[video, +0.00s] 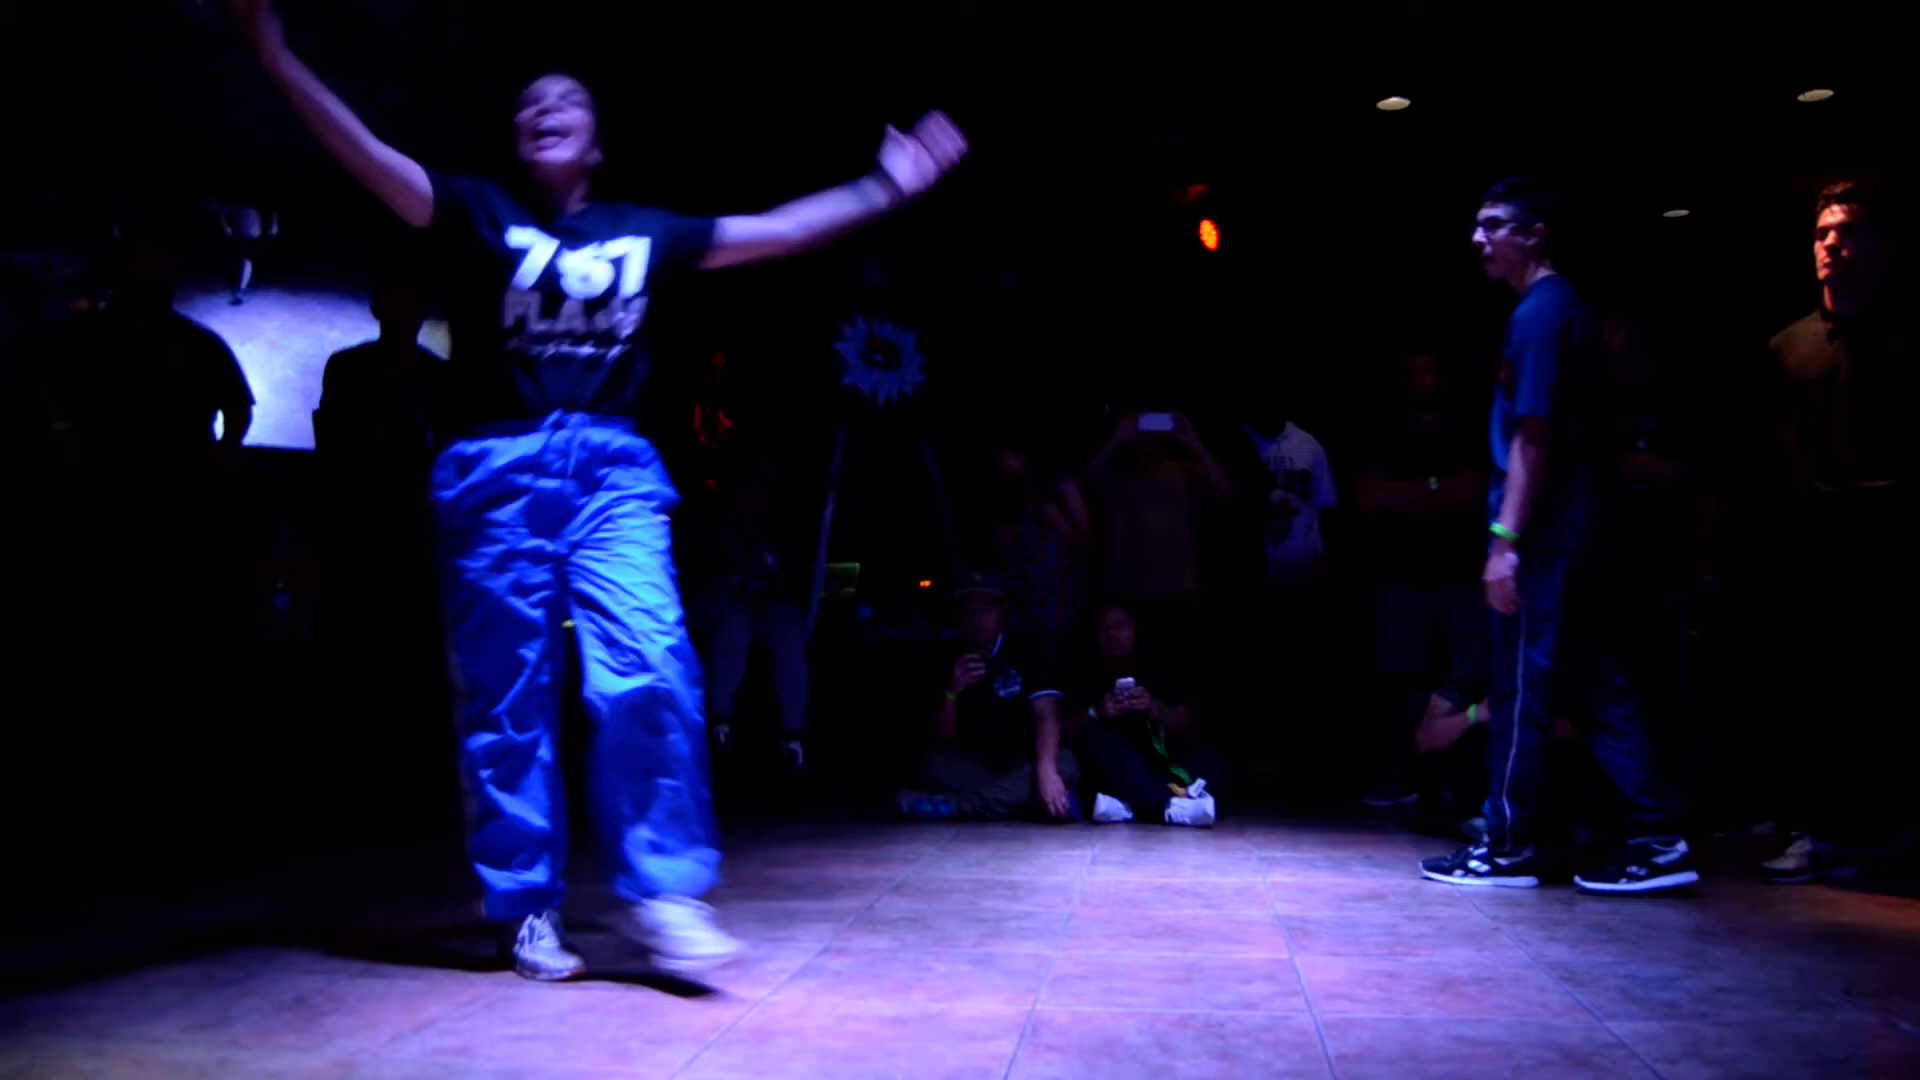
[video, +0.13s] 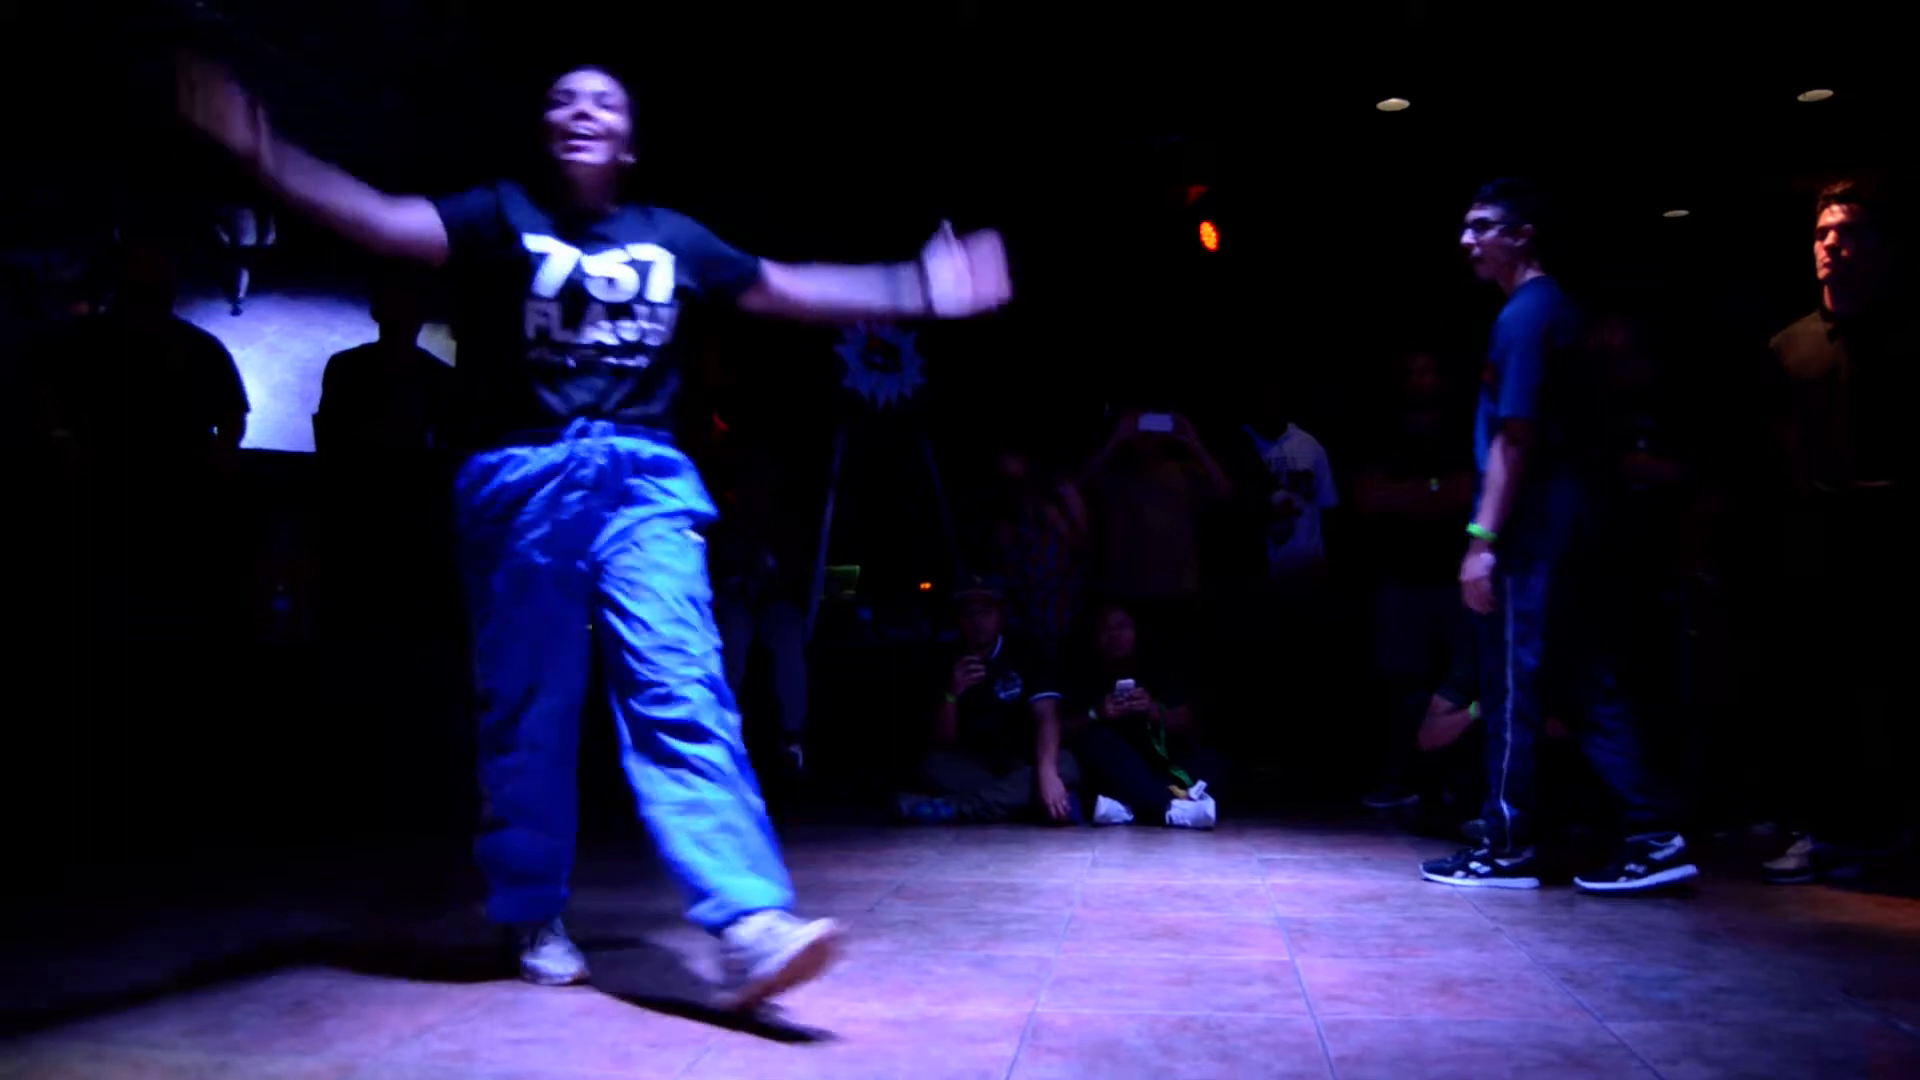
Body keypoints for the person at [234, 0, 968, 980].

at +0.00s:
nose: (544, 119)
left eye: (560, 109)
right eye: (530, 113)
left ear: (596, 136)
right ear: (515, 141)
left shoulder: (646, 233)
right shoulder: (478, 216)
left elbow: (778, 228)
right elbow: (367, 155)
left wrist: (885, 187)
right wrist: (277, 57)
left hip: (613, 478)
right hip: (496, 483)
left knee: (649, 669)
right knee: (507, 695)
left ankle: (666, 894)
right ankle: (527, 910)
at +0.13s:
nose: (580, 121)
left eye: (598, 110)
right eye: (564, 110)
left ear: (630, 136)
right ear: (542, 133)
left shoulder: (669, 238)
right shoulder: (500, 218)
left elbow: (789, 289)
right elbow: (381, 222)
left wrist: (919, 285)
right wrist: (265, 153)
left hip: (644, 485)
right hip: (522, 489)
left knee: (683, 685)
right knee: (531, 707)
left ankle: (746, 918)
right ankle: (535, 921)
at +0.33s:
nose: (695, 101)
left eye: (717, 88)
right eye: (676, 86)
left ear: (747, 117)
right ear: (644, 111)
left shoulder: (777, 238)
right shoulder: (596, 207)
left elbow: (889, 333)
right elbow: (465, 257)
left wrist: (988, 390)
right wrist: (322, 279)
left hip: (753, 480)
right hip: (620, 489)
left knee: (766, 705)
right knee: (613, 711)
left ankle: (789, 978)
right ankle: (540, 891)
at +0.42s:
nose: (728, 58)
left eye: (749, 47)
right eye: (707, 48)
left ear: (781, 87)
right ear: (674, 85)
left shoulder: (826, 202)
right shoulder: (621, 163)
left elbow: (967, 236)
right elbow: (474, 142)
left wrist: (1079, 243)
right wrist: (314, 81)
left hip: (792, 463)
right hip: (650, 464)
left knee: (789, 710)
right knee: (656, 686)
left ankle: (789, 974)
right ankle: (570, 901)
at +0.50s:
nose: (756, 20)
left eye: (772, 11)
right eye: (734, 13)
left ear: (799, 50)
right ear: (699, 54)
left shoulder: (856, 152)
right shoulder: (657, 116)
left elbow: (992, 130)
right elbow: (541, 30)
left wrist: (1109, 80)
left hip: (821, 447)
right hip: (688, 443)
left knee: (810, 708)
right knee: (716, 672)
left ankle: (790, 978)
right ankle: (627, 935)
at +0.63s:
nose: (808, 15)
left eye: (817, 5)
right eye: (781, 6)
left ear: (836, 35)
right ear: (736, 38)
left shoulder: (880, 124)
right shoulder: (718, 109)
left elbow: (994, 23)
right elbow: (688, 24)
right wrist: (746, 13)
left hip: (870, 412)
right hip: (748, 409)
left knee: (855, 698)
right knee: (796, 674)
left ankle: (793, 980)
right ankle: (771, 994)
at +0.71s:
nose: (855, 18)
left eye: (863, 7)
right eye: (829, 3)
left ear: (869, 35)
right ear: (775, 25)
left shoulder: (899, 125)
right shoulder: (738, 112)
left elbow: (980, 15)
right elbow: (738, 24)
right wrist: (779, 10)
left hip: (903, 419)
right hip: (793, 415)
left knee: (879, 705)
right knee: (834, 696)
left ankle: (788, 983)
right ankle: (864, 1019)